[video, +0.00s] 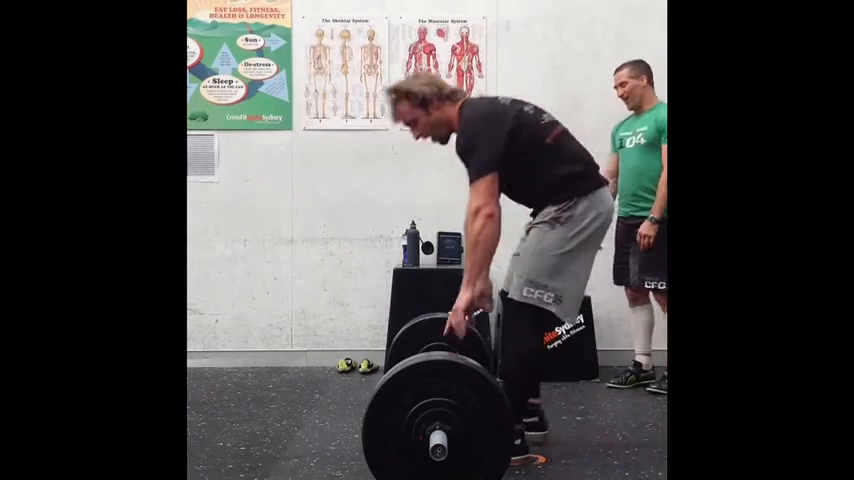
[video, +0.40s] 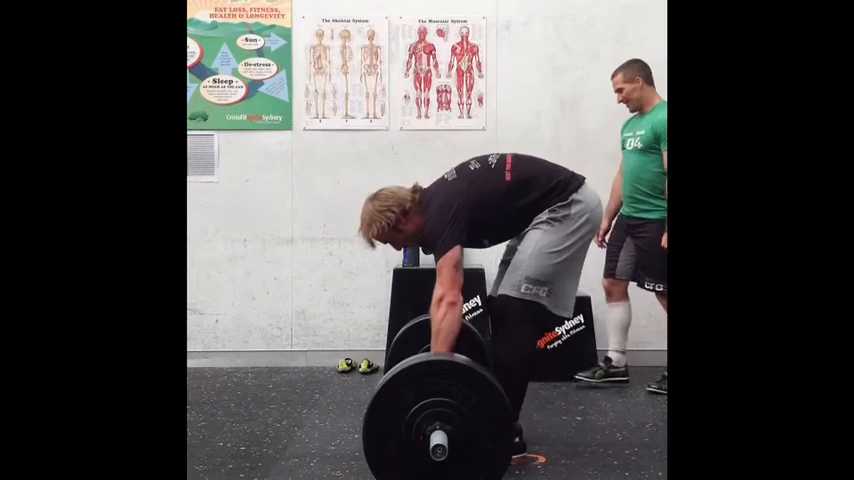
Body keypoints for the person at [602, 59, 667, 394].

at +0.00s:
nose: (619, 92)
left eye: (623, 84)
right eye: (616, 87)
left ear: (644, 81)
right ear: (621, 89)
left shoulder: (663, 116)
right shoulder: (621, 128)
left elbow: (666, 171)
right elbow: (611, 175)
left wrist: (654, 218)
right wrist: (583, 198)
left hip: (658, 218)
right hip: (628, 218)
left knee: (661, 293)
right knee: (635, 292)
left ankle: (666, 371)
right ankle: (642, 366)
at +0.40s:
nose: (619, 97)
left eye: (621, 90)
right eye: (617, 92)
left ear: (642, 82)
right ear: (631, 86)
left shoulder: (664, 119)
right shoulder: (630, 124)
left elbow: (668, 175)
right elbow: (623, 174)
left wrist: (669, 229)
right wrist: (607, 217)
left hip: (657, 224)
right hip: (627, 220)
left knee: (664, 295)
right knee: (614, 286)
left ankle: (669, 373)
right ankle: (615, 364)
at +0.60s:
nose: (597, 102)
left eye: (600, 94)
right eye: (595, 96)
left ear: (618, 87)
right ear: (613, 89)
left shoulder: (649, 123)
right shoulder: (612, 128)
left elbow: (657, 180)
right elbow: (610, 179)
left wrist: (651, 230)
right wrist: (601, 222)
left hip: (643, 228)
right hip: (612, 225)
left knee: (659, 299)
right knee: (591, 289)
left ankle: (669, 371)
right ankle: (566, 359)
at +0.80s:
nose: (560, 109)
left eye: (562, 102)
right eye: (558, 104)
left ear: (579, 93)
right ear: (576, 95)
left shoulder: (612, 125)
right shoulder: (580, 134)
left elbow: (619, 181)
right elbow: (585, 184)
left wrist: (605, 229)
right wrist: (576, 227)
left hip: (618, 227)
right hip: (589, 226)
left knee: (641, 296)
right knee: (571, 292)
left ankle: (668, 364)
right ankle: (543, 365)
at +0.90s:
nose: (540, 109)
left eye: (541, 101)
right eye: (538, 103)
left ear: (558, 92)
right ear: (554, 94)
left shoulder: (589, 123)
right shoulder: (562, 130)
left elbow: (597, 176)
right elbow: (563, 179)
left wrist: (582, 226)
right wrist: (554, 219)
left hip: (595, 224)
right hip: (570, 225)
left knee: (610, 295)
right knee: (558, 292)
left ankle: (662, 357)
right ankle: (538, 366)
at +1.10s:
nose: (511, 106)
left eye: (512, 98)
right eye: (508, 100)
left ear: (528, 89)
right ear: (526, 90)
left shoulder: (556, 119)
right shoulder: (539, 122)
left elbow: (560, 175)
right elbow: (536, 172)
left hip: (555, 216)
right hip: (541, 216)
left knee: (542, 287)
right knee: (539, 287)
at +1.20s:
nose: (498, 104)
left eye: (499, 97)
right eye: (496, 99)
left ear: (516, 88)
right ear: (512, 89)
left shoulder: (541, 120)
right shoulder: (526, 122)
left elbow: (543, 179)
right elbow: (521, 174)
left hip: (546, 218)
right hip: (530, 217)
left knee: (539, 289)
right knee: (528, 287)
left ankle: (537, 364)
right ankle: (528, 362)